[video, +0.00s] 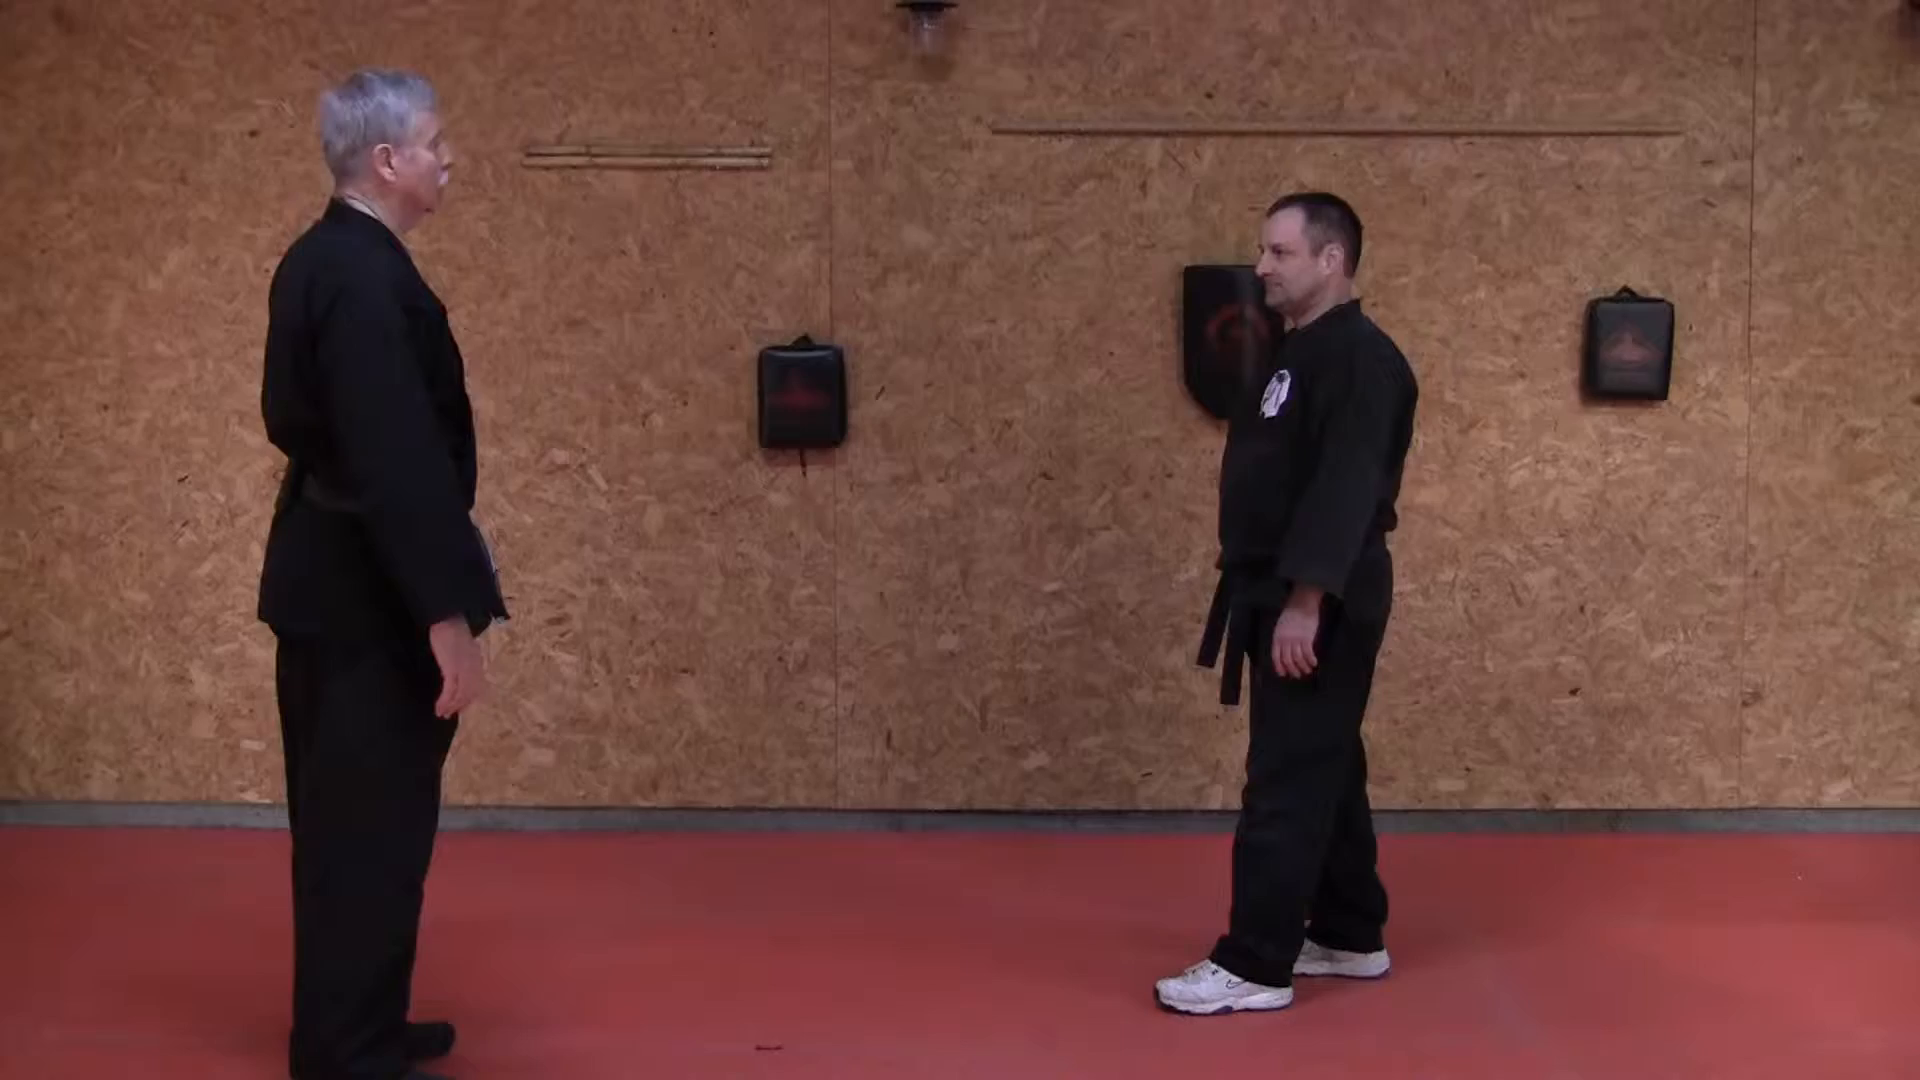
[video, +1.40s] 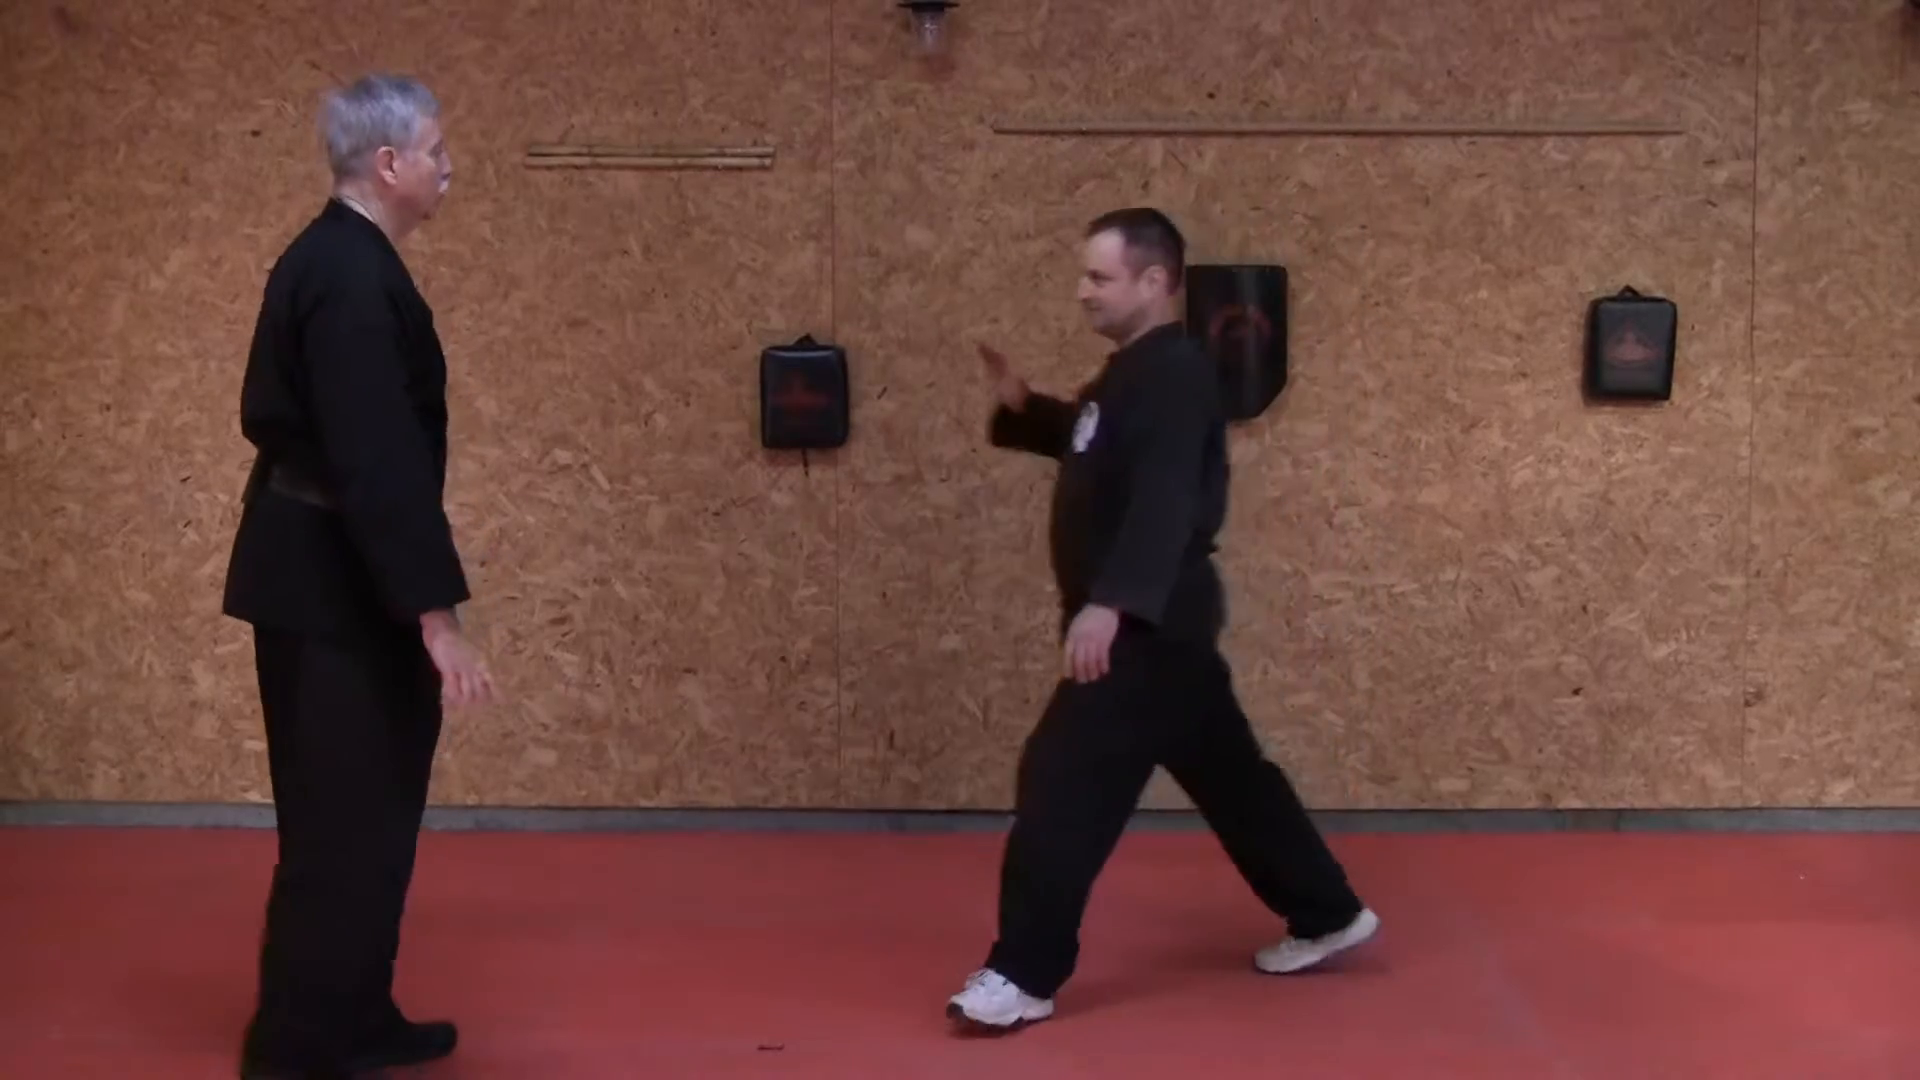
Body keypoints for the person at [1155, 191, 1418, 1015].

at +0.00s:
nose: (1263, 267)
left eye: (1279, 253)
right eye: (1262, 253)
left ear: (1333, 261)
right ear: (1307, 261)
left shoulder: (1362, 358)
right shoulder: (1296, 351)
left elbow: (1348, 490)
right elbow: (1282, 478)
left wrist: (1308, 598)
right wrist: (1252, 589)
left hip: (1324, 603)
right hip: (1287, 595)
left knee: (1286, 780)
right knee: (1322, 768)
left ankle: (1257, 961)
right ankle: (1349, 933)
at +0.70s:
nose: (1242, 269)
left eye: (1258, 254)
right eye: (1241, 254)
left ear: (1311, 259)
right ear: (1295, 261)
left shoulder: (1339, 356)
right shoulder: (1288, 351)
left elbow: (1322, 490)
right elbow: (1275, 474)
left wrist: (1285, 599)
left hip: (1308, 601)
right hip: (1282, 595)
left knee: (1265, 781)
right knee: (1316, 768)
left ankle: (1253, 963)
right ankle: (1351, 935)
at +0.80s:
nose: (1235, 273)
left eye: (1250, 258)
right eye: (1234, 258)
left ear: (1302, 259)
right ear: (1286, 260)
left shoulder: (1329, 355)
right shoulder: (1282, 350)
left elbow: (1310, 490)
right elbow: (1218, 392)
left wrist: (1271, 601)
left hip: (1299, 604)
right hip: (1282, 601)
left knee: (1251, 780)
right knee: (1313, 769)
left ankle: (1254, 964)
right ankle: (1351, 935)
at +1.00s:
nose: (1213, 284)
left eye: (1226, 269)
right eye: (1212, 270)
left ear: (1278, 266)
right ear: (1270, 269)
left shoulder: (1302, 354)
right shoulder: (1263, 349)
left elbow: (1281, 489)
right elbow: (1205, 383)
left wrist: (1230, 596)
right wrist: (1206, 307)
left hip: (1261, 602)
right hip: (1263, 600)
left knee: (1189, 764)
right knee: (1294, 765)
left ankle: (1220, 945)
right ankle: (1349, 935)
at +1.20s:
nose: (1166, 289)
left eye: (1180, 274)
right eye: (1163, 273)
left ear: (1234, 272)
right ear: (1219, 274)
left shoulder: (1253, 362)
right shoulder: (1215, 355)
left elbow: (1234, 496)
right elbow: (1201, 479)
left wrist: (1178, 598)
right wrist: (1135, 513)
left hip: (1222, 608)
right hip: (1216, 605)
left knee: (1148, 782)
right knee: (1278, 774)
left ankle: (1080, 957)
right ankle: (1346, 935)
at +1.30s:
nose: (1129, 293)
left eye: (1143, 278)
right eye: (1128, 279)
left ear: (1198, 277)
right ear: (1189, 281)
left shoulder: (1217, 358)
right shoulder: (1188, 356)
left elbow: (1203, 491)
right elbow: (1164, 472)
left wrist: (1145, 600)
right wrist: (1090, 460)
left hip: (1190, 613)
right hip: (1195, 610)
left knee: (1111, 788)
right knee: (1264, 776)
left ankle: (1042, 961)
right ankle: (1341, 931)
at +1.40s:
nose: (1084, 293)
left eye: (1099, 278)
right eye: (1084, 277)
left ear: (1156, 281)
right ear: (1139, 283)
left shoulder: (1174, 369)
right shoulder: (1135, 366)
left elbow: (1165, 499)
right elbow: (1101, 442)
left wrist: (1110, 603)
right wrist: (1023, 411)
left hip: (1146, 627)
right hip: (1146, 627)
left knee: (1060, 782)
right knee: (1231, 777)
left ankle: (1026, 973)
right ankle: (1329, 913)